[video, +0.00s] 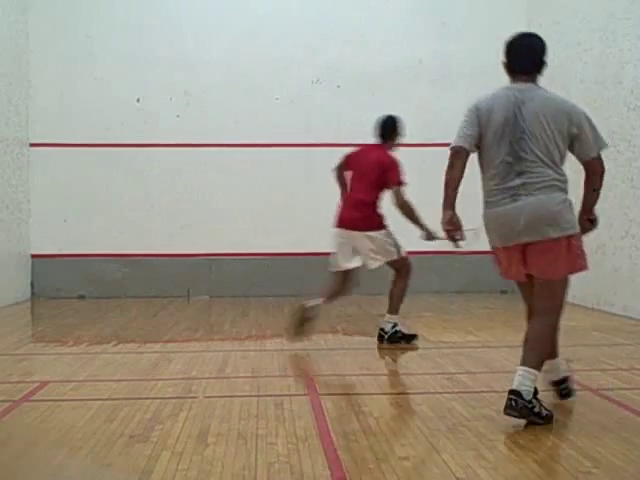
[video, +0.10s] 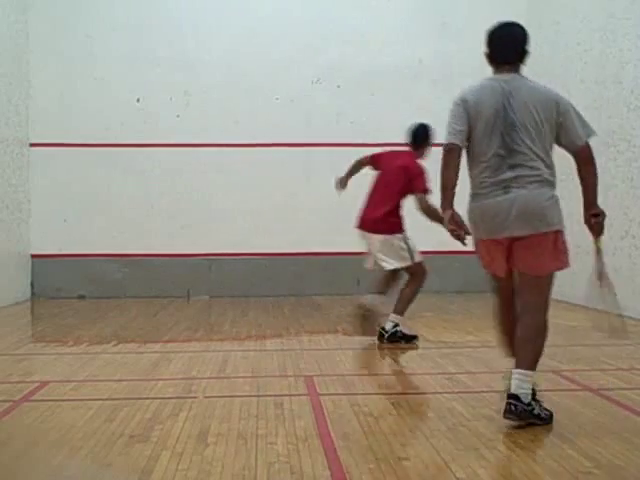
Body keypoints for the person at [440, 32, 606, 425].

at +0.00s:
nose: (515, 68)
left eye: (509, 62)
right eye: (535, 62)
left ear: (505, 65)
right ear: (542, 66)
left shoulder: (482, 107)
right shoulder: (562, 108)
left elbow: (457, 155)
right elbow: (595, 169)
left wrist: (448, 209)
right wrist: (587, 210)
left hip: (501, 222)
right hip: (551, 218)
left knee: (534, 303)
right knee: (545, 309)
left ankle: (557, 375)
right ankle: (521, 391)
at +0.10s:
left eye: (489, 51)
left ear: (488, 55)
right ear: (525, 55)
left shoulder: (468, 99)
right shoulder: (548, 98)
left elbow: (452, 151)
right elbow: (584, 154)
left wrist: (448, 207)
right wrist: (591, 207)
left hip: (487, 216)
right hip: (539, 214)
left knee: (506, 296)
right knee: (533, 303)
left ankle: (523, 376)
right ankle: (519, 394)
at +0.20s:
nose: (475, 51)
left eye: (470, 45)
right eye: (491, 43)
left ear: (468, 49)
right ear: (506, 48)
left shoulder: (452, 96)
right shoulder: (535, 91)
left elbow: (436, 158)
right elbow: (568, 143)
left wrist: (430, 208)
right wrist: (586, 197)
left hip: (472, 211)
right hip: (526, 210)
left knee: (469, 294)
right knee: (523, 304)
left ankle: (469, 378)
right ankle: (520, 399)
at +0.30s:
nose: (457, 50)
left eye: (452, 43)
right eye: (474, 42)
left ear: (447, 48)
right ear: (485, 46)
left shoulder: (432, 96)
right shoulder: (514, 89)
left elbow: (410, 161)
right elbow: (547, 137)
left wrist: (399, 215)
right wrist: (568, 194)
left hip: (451, 215)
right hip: (508, 213)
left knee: (432, 296)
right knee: (513, 306)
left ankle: (417, 383)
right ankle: (519, 400)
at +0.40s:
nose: (429, 53)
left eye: (421, 47)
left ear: (420, 51)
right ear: (457, 49)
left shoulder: (404, 100)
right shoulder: (485, 92)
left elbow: (377, 161)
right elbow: (521, 140)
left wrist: (362, 211)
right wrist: (543, 197)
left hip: (427, 219)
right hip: (483, 216)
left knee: (397, 302)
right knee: (499, 305)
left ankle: (389, 394)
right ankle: (518, 399)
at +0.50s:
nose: (395, 53)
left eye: (390, 47)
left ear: (388, 51)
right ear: (426, 50)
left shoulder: (369, 98)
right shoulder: (450, 94)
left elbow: (339, 155)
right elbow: (488, 142)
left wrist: (323, 201)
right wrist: (508, 195)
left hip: (390, 217)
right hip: (447, 216)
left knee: (375, 308)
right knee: (477, 305)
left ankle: (385, 403)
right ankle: (514, 392)